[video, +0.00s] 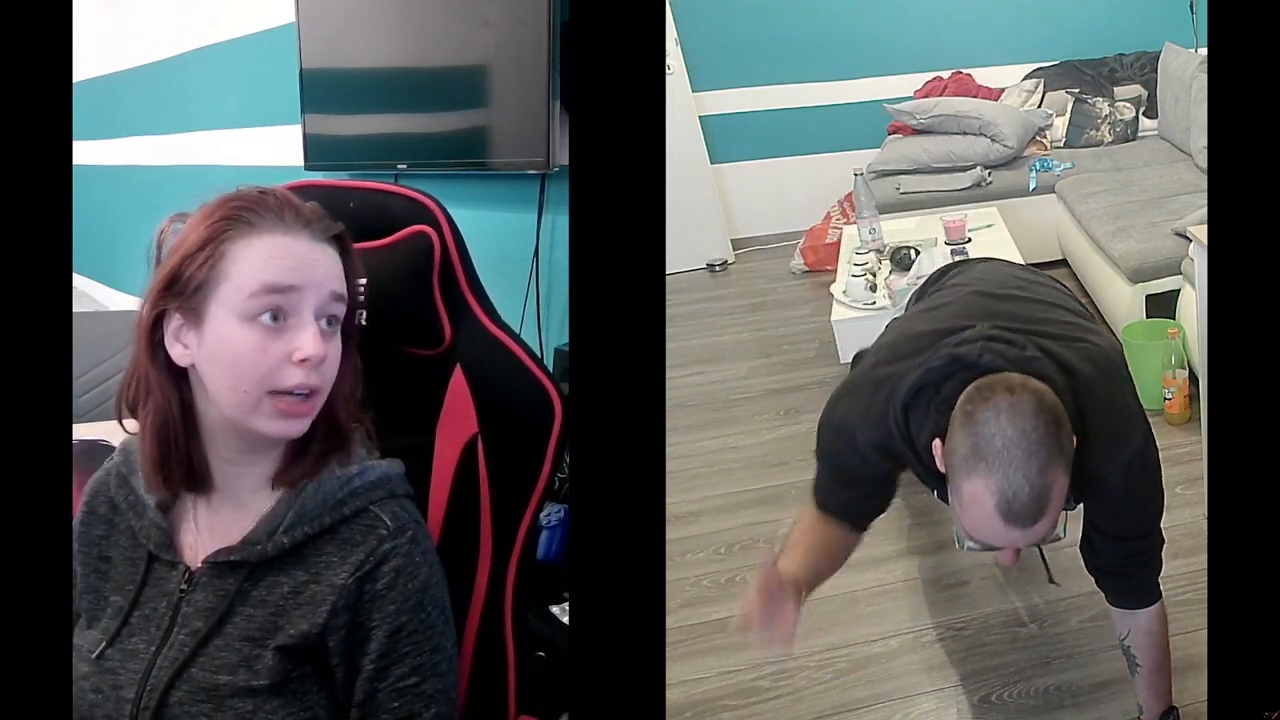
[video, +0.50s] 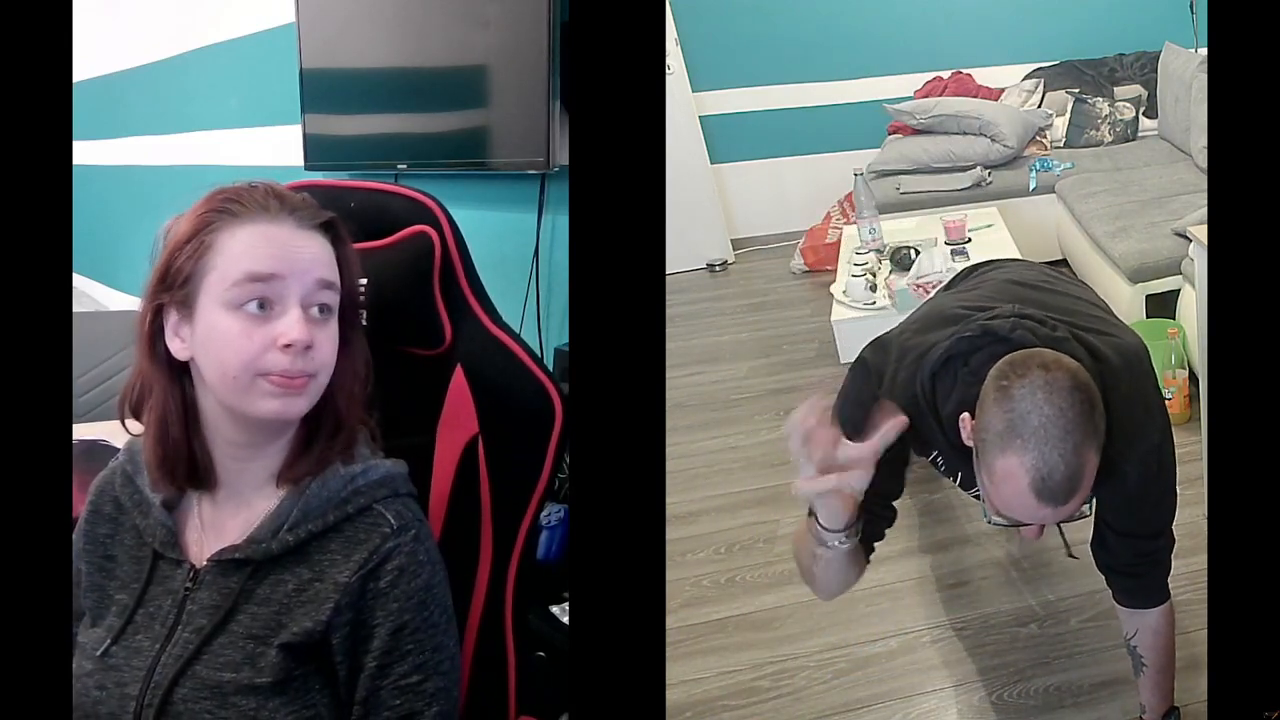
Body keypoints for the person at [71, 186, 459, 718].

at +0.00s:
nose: (313, 350)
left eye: (330, 320)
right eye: (273, 316)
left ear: (343, 339)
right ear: (181, 335)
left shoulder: (381, 549)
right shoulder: (110, 506)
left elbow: (416, 704)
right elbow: (84, 681)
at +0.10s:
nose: (312, 346)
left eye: (329, 317)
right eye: (271, 313)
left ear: (343, 337)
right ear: (181, 334)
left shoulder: (380, 548)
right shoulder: (110, 506)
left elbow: (416, 704)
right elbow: (83, 681)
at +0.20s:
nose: (311, 344)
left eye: (329, 316)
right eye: (270, 312)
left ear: (342, 336)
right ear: (181, 333)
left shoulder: (380, 547)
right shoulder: (111, 505)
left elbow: (416, 705)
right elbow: (82, 678)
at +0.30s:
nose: (306, 338)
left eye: (326, 312)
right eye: (265, 307)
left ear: (342, 335)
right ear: (180, 331)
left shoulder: (381, 550)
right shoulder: (112, 506)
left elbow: (416, 704)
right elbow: (84, 680)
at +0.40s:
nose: (301, 337)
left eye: (323, 310)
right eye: (261, 305)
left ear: (340, 334)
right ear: (180, 329)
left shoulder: (381, 548)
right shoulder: (114, 505)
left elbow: (415, 705)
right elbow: (83, 680)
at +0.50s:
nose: (299, 335)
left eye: (321, 308)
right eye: (258, 304)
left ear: (339, 333)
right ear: (179, 329)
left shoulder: (382, 545)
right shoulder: (114, 507)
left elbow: (417, 705)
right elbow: (82, 680)